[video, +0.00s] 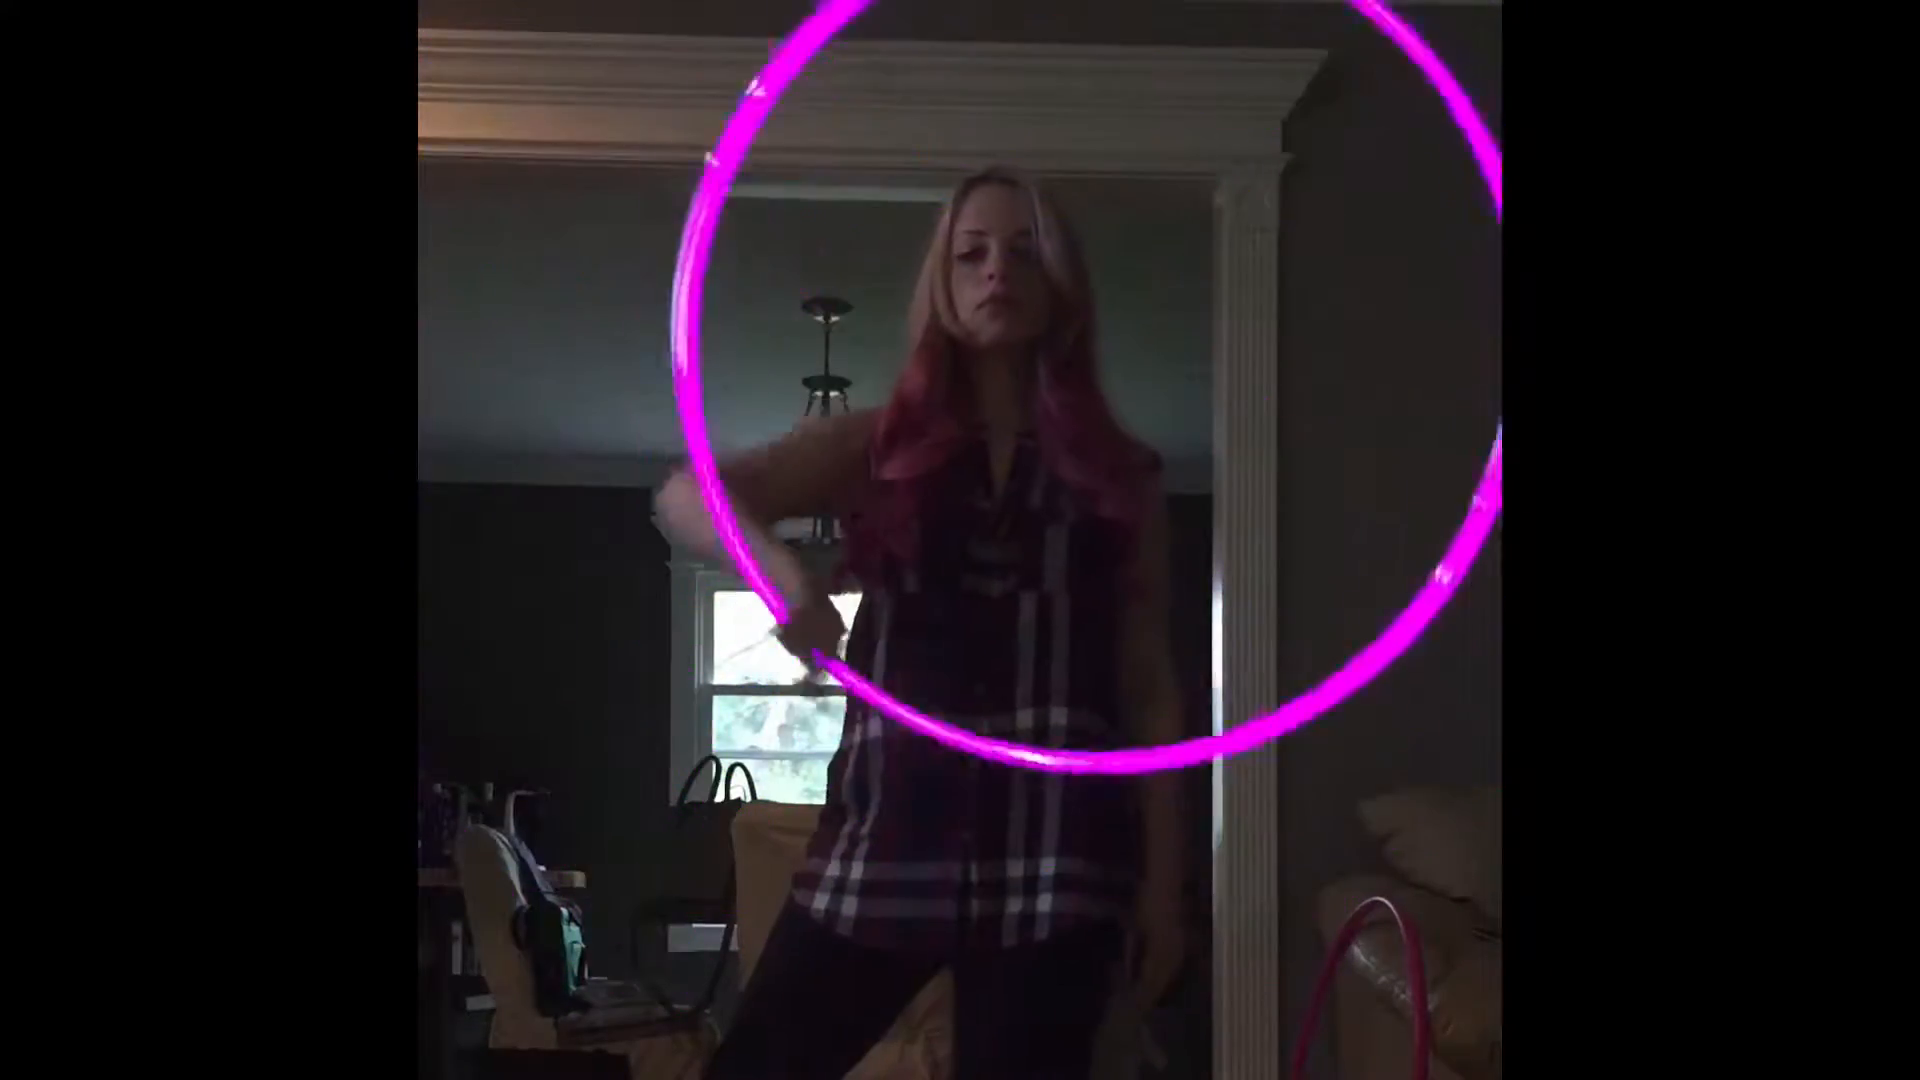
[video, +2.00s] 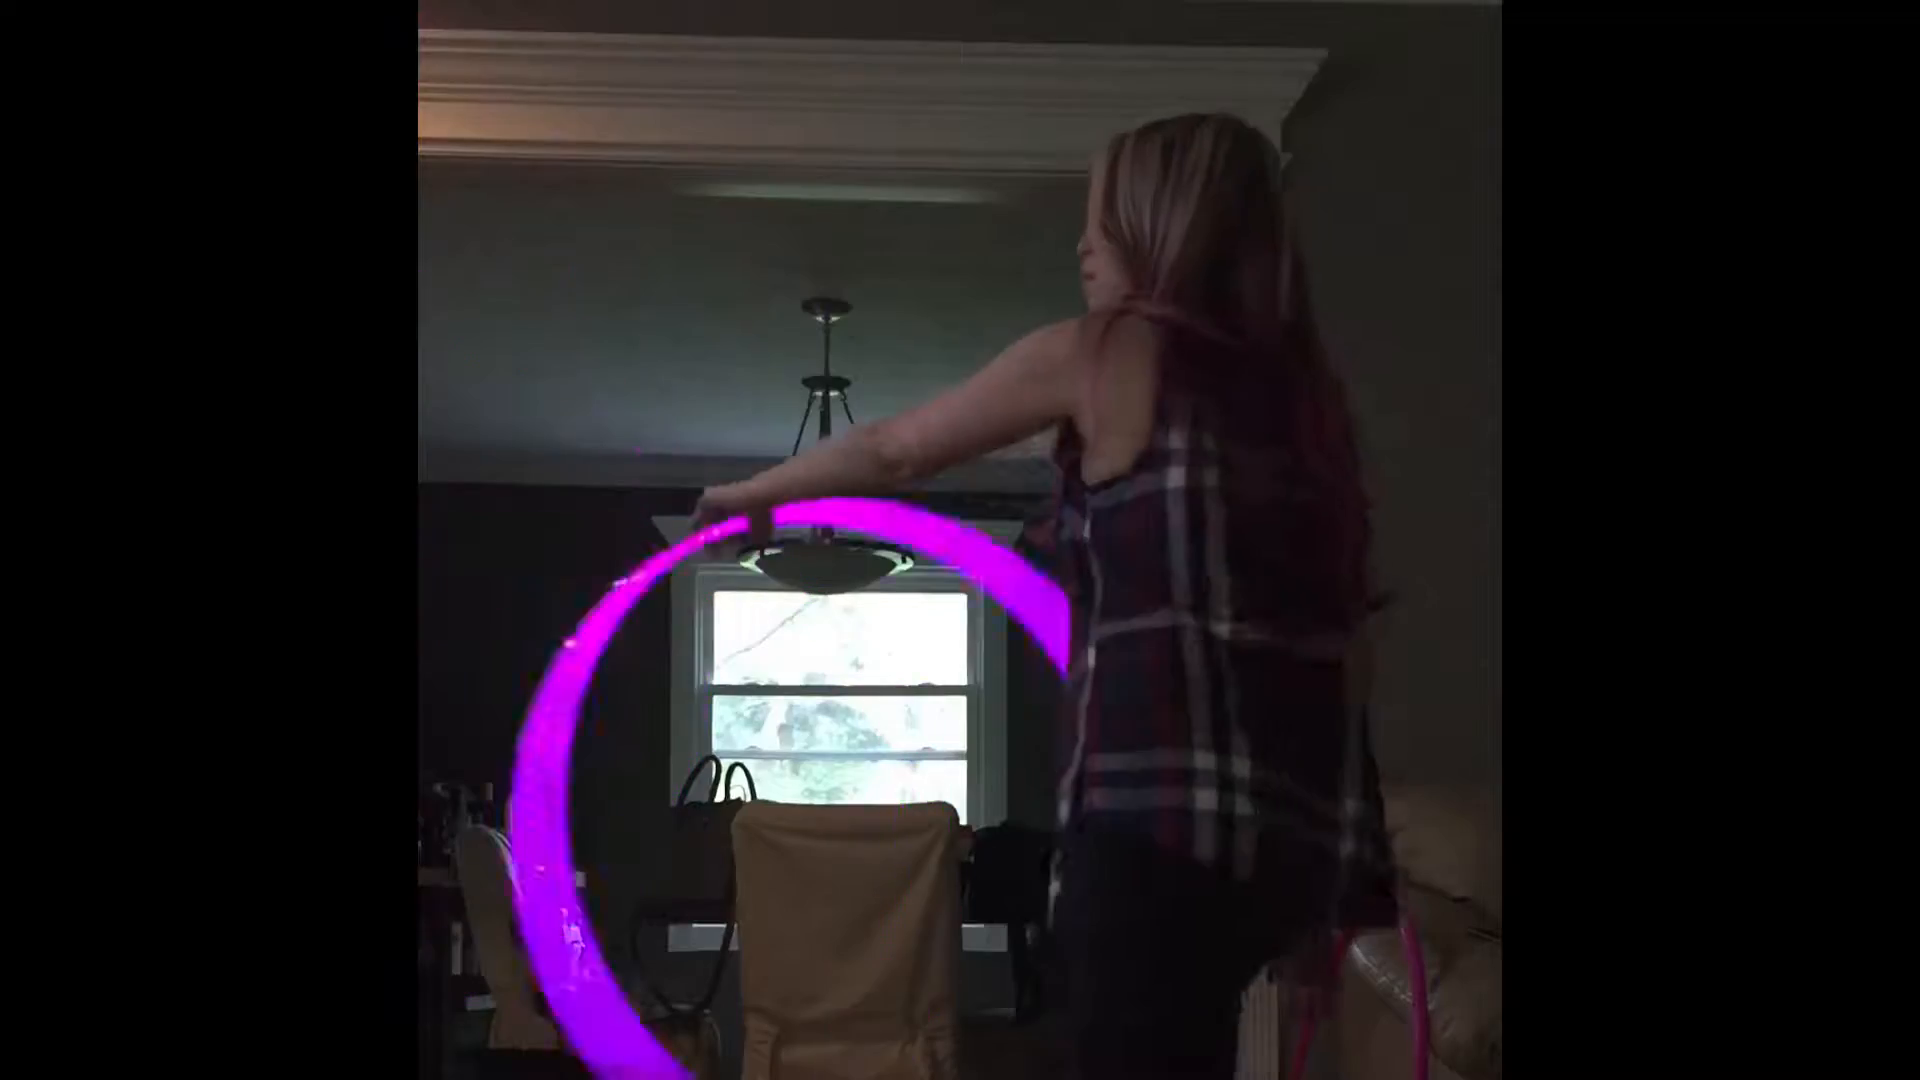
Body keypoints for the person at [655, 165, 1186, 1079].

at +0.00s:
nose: (998, 269)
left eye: (1024, 249)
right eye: (974, 251)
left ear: (1063, 279)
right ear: (940, 283)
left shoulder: (1118, 471)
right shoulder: (883, 442)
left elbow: (1152, 687)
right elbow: (684, 497)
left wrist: (1164, 891)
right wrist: (782, 574)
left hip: (1055, 869)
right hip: (888, 852)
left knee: (1021, 1070)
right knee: (750, 1068)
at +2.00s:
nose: (1084, 248)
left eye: (1102, 223)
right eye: (1090, 224)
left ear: (1161, 230)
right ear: (1240, 235)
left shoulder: (1099, 350)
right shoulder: (1304, 382)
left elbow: (899, 449)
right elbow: (1346, 626)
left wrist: (750, 494)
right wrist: (1343, 866)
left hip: (1156, 814)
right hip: (1302, 813)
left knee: (1121, 1052)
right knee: (1186, 1046)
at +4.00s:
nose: (912, 255)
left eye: (942, 244)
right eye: (891, 239)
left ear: (977, 282)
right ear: (854, 278)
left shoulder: (1024, 409)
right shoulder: (820, 437)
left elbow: (972, 536)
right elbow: (657, 610)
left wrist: (767, 468)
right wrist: (725, 505)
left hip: (1039, 865)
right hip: (869, 865)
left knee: (1093, 1067)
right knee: (798, 1068)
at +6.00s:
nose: (811, 254)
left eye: (820, 240)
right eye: (784, 227)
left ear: (821, 271)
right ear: (706, 239)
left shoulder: (807, 419)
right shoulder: (584, 424)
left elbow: (1010, 526)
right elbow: (509, 619)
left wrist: (1217, 532)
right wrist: (419, 758)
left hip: (772, 836)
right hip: (599, 840)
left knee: (769, 1064)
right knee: (635, 1062)